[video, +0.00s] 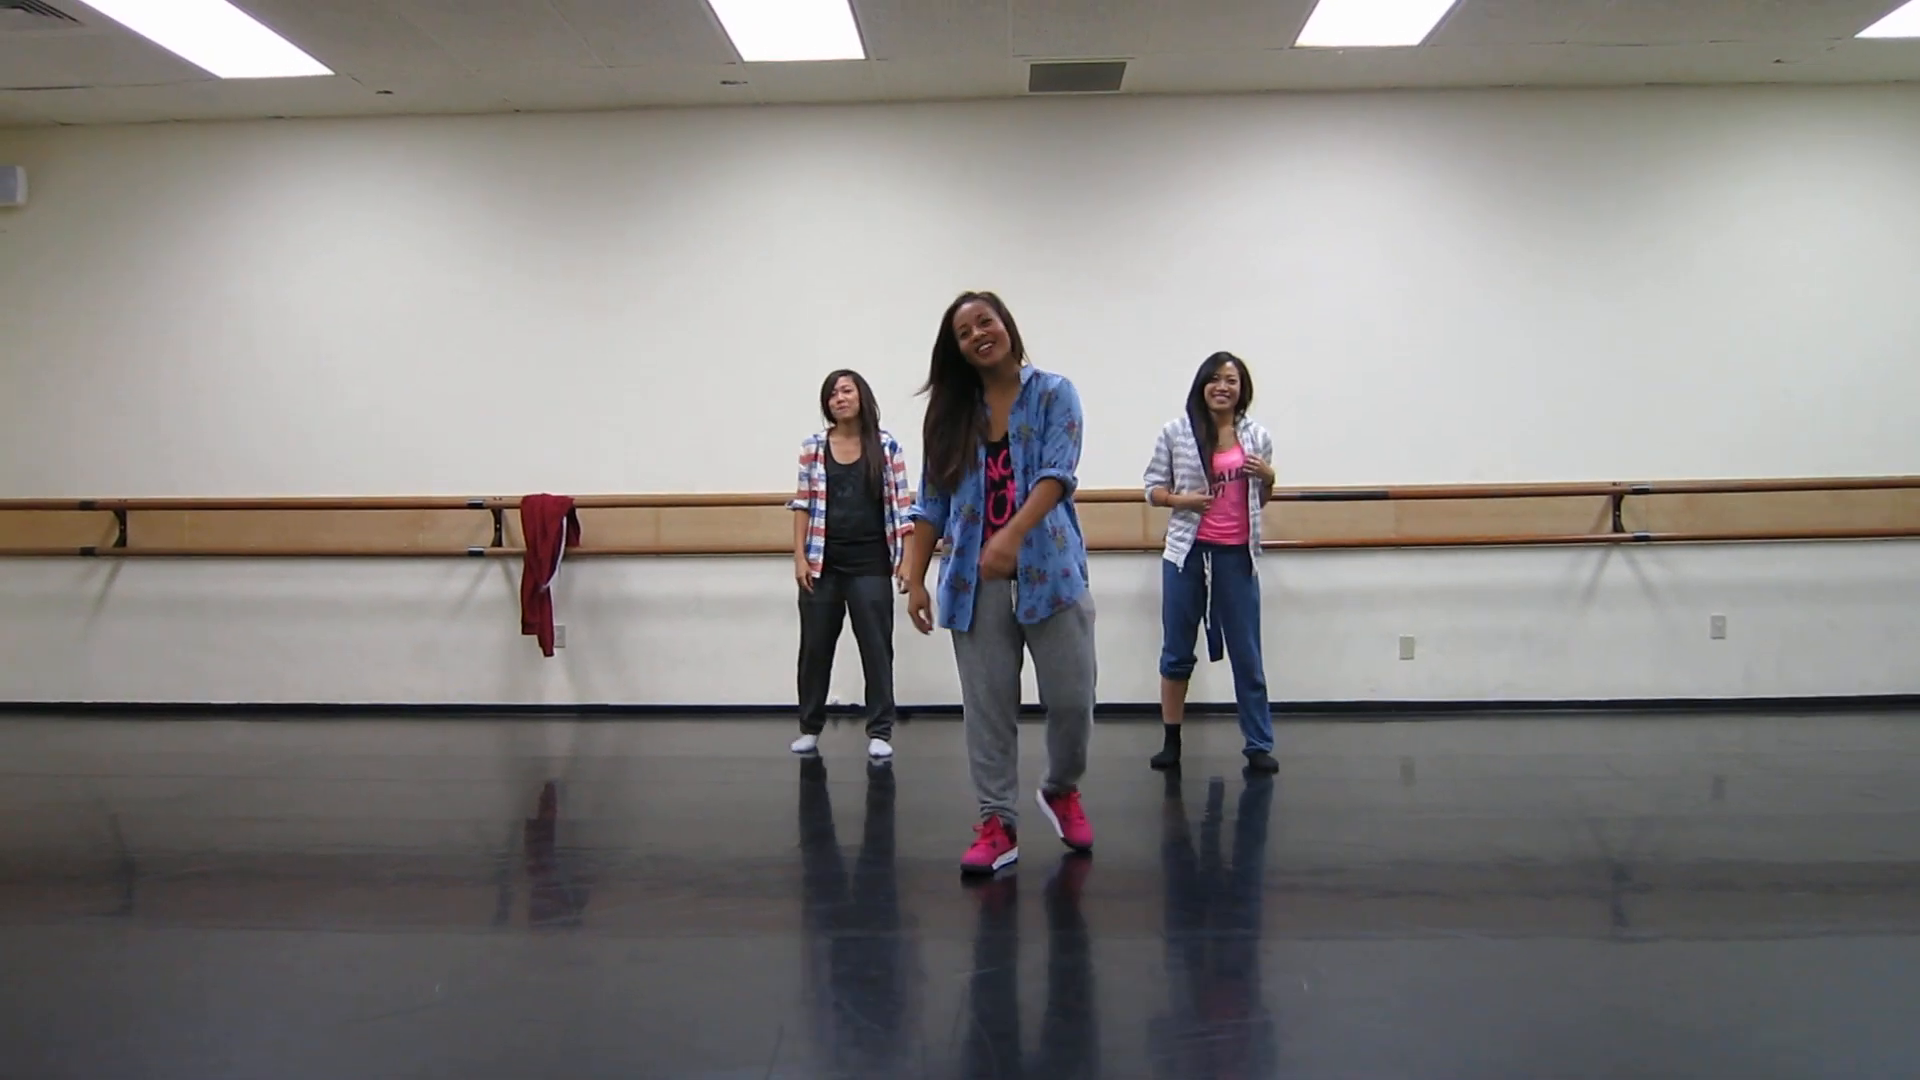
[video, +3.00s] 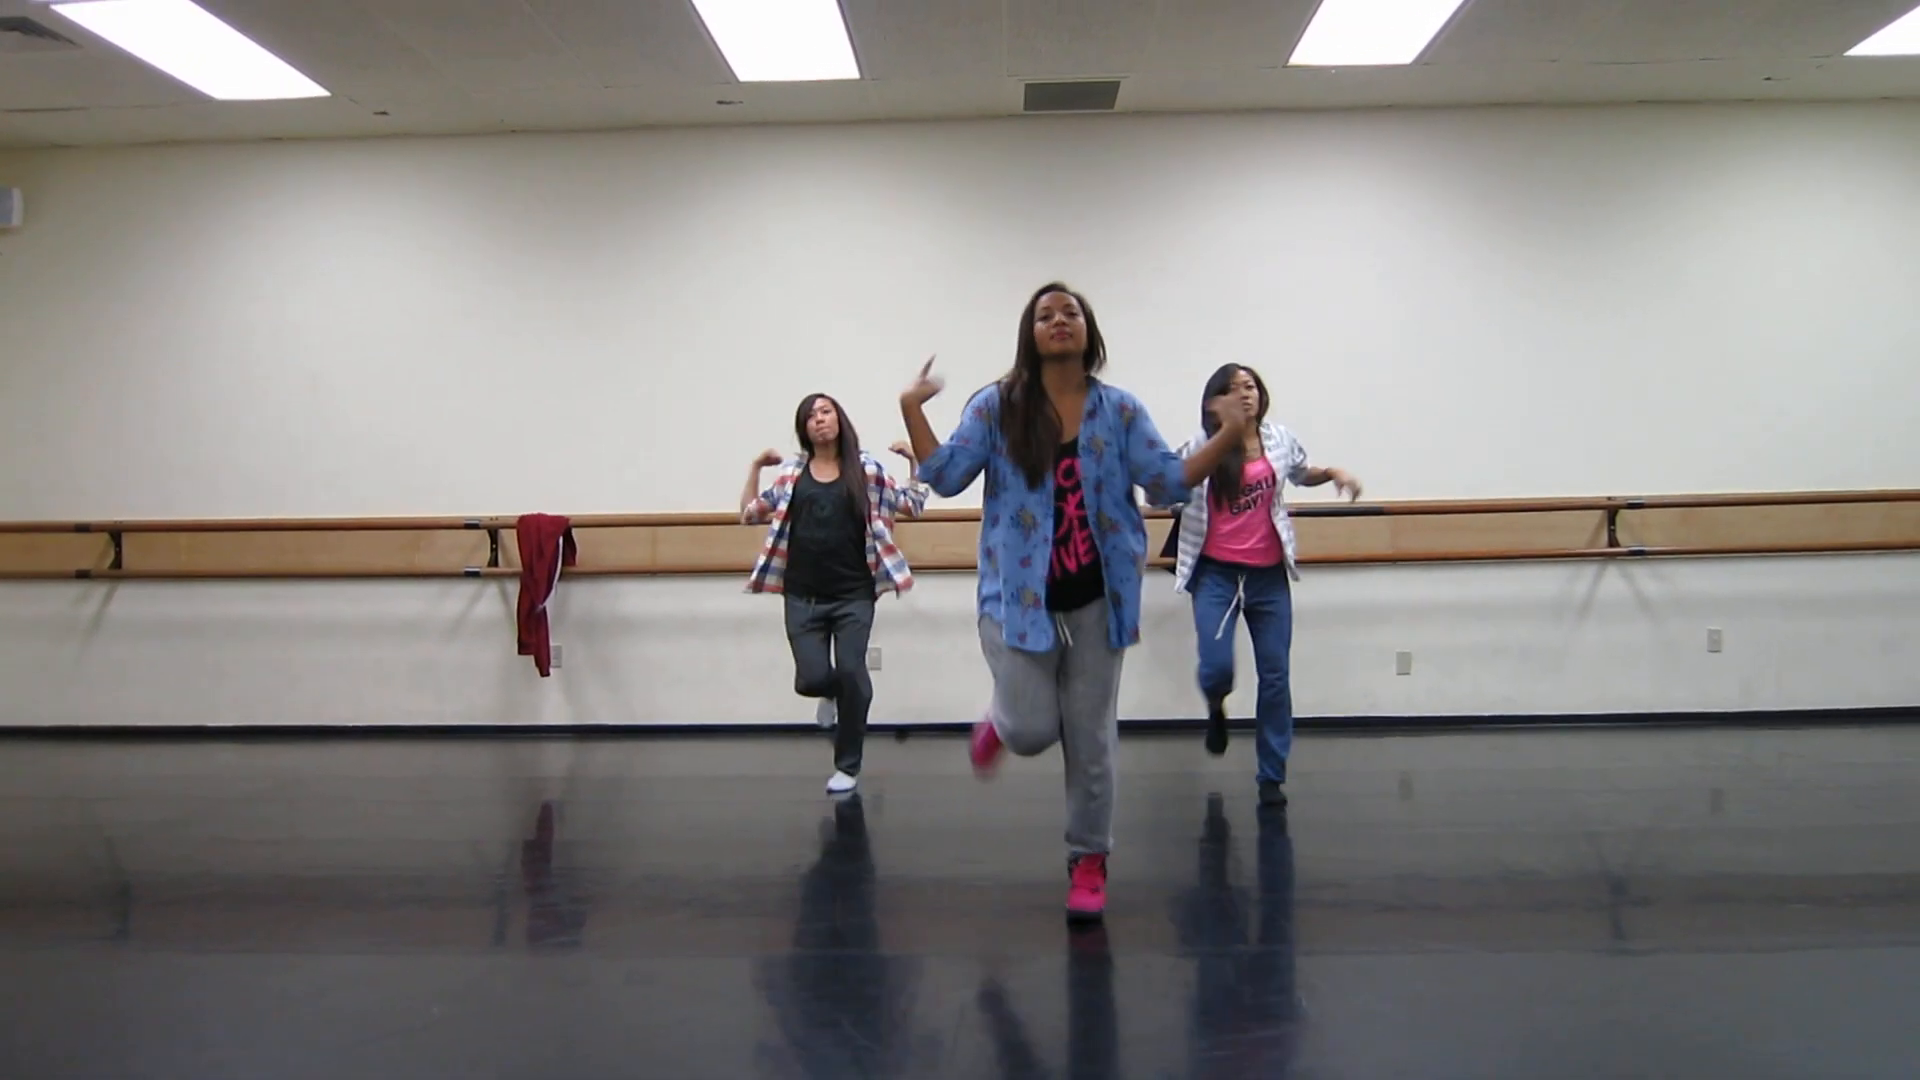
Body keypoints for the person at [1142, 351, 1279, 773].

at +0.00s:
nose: (1222, 387)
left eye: (1231, 381)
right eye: (1215, 380)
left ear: (1243, 389)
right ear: (1201, 387)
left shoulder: (1255, 436)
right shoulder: (1175, 434)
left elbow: (1261, 499)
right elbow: (1153, 491)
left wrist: (1267, 476)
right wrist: (1183, 499)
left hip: (1236, 555)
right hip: (1185, 553)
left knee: (1247, 657)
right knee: (1177, 653)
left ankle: (1258, 747)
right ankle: (1171, 743)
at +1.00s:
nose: (1245, 399)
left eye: (1252, 392)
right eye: (1236, 393)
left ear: (1263, 400)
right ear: (1222, 403)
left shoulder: (1280, 449)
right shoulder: (1202, 451)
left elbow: (1287, 503)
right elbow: (1186, 513)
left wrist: (1291, 514)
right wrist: (1197, 567)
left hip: (1268, 565)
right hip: (1216, 564)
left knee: (1290, 661)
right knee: (1201, 660)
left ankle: (1306, 752)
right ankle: (1177, 751)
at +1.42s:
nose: (1297, 393)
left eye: (1304, 386)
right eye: (1288, 388)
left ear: (1315, 394)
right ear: (1275, 398)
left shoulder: (1335, 441)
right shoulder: (1256, 446)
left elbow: (1347, 488)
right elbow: (1243, 509)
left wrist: (1353, 502)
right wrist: (1243, 563)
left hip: (1318, 559)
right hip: (1269, 557)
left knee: (1315, 659)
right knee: (1260, 652)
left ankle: (1311, 749)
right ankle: (1240, 736)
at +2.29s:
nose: (1270, 400)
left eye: (1278, 393)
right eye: (1261, 394)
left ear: (1291, 402)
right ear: (1249, 404)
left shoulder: (1310, 450)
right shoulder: (1230, 452)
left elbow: (1325, 512)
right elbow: (1219, 517)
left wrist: (1336, 567)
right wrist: (1222, 574)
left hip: (1295, 568)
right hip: (1243, 567)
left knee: (1302, 667)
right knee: (1226, 665)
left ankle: (1307, 754)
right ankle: (1208, 752)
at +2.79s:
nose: (1228, 398)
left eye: (1235, 391)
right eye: (1218, 393)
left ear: (1247, 400)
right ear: (1204, 405)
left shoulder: (1268, 449)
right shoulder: (1191, 453)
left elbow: (1283, 507)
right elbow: (1163, 512)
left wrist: (1294, 557)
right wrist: (1166, 565)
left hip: (1257, 573)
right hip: (1203, 574)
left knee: (1275, 662)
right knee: (1199, 668)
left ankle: (1270, 764)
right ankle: (1197, 755)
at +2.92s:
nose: (1233, 397)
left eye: (1240, 390)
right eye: (1223, 393)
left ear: (1253, 399)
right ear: (1210, 406)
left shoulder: (1275, 445)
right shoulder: (1198, 450)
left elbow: (1303, 484)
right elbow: (1171, 487)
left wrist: (1322, 512)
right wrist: (1156, 520)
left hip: (1262, 579)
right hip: (1209, 577)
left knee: (1270, 679)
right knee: (1201, 676)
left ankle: (1270, 780)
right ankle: (1200, 751)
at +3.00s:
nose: (1248, 393)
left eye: (1253, 386)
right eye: (1237, 388)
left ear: (1262, 398)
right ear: (1213, 404)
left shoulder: (1278, 438)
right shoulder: (1198, 451)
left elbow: (1301, 474)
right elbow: (1159, 496)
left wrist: (1332, 474)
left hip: (1268, 574)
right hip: (1214, 574)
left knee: (1275, 678)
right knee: (1217, 671)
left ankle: (1271, 777)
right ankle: (1216, 710)